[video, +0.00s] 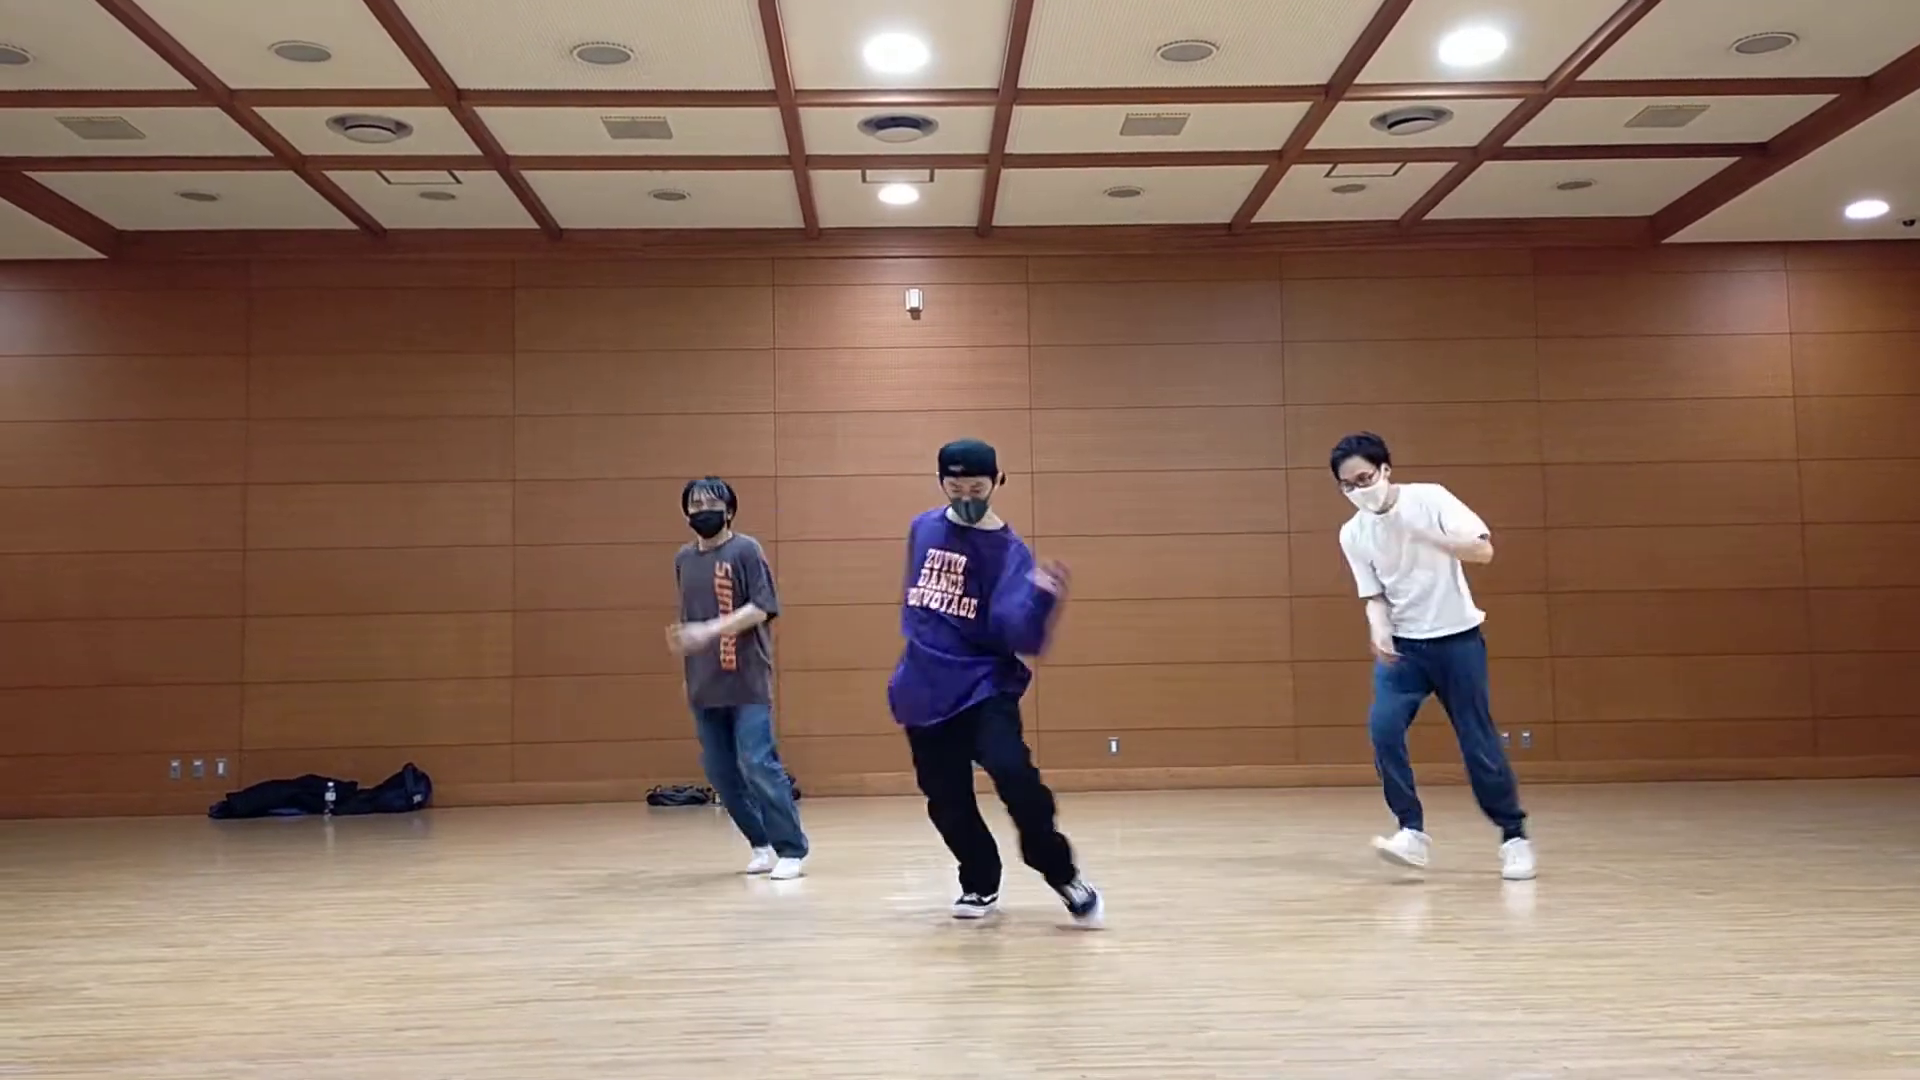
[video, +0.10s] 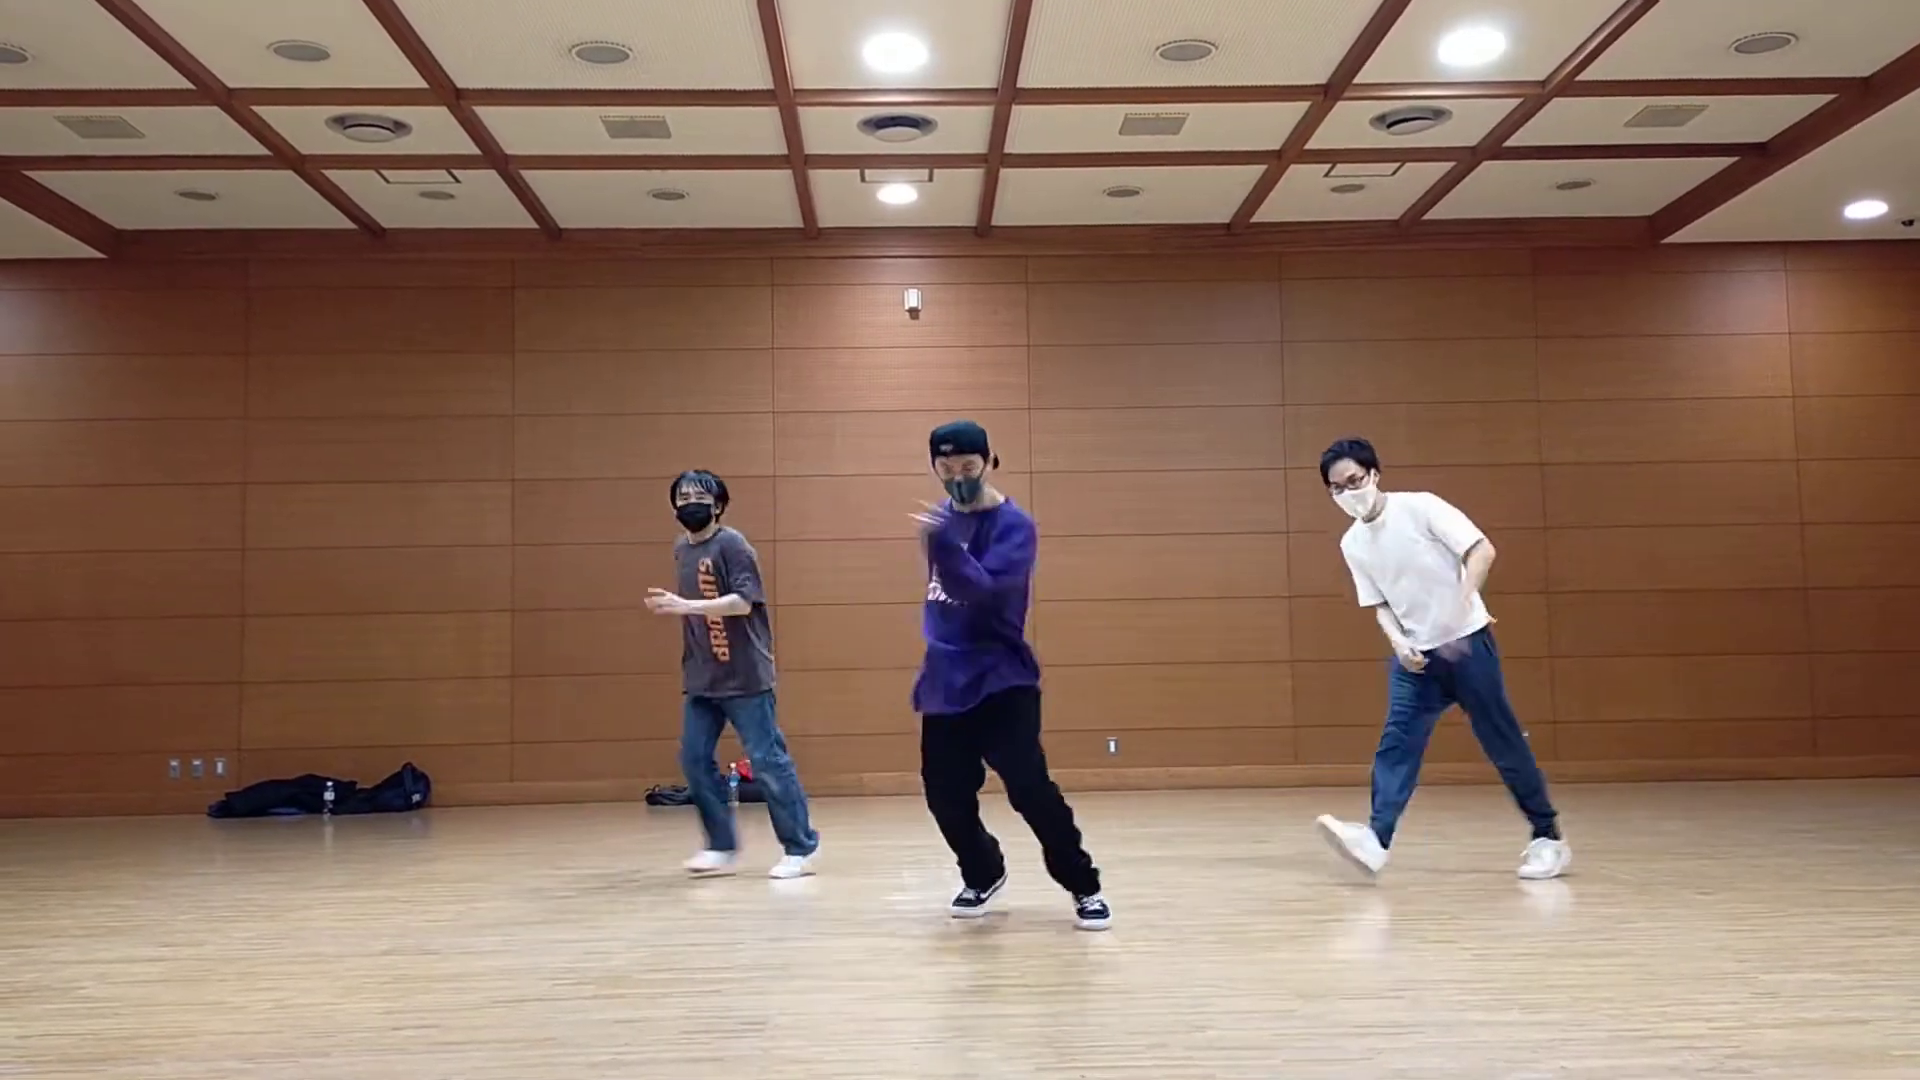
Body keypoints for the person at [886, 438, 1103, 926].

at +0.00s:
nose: (967, 495)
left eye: (978, 485)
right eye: (957, 485)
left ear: (994, 485)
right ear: (942, 485)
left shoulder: (1009, 552)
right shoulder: (923, 529)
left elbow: (1019, 637)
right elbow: (916, 604)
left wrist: (1041, 596)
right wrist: (912, 669)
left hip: (983, 687)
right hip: (925, 688)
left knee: (1014, 773)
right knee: (946, 800)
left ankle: (1060, 873)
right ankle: (980, 881)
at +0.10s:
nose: (955, 472)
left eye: (965, 461)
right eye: (945, 464)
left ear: (987, 463)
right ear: (936, 470)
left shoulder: (1014, 525)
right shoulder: (942, 524)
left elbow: (986, 592)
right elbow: (944, 604)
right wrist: (935, 669)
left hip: (1002, 677)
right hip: (946, 677)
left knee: (1028, 788)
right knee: (945, 793)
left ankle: (1083, 886)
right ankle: (985, 873)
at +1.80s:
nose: (968, 474)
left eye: (979, 464)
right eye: (959, 463)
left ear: (994, 462)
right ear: (944, 459)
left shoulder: (1010, 518)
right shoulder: (899, 495)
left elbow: (1060, 570)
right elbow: (826, 509)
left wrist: (1124, 579)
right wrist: (777, 530)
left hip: (982, 668)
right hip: (916, 671)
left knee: (977, 785)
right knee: (951, 789)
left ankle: (950, 875)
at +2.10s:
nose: (962, 475)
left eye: (972, 466)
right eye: (952, 465)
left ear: (991, 466)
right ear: (940, 465)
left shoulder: (1017, 514)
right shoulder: (933, 513)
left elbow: (1031, 589)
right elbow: (917, 587)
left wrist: (1002, 626)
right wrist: (939, 564)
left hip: (1011, 672)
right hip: (953, 676)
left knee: (1039, 783)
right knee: (944, 794)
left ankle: (1110, 885)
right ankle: (1020, 857)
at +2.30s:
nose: (921, 463)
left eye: (932, 455)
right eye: (913, 454)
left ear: (950, 457)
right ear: (901, 455)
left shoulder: (976, 505)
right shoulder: (895, 500)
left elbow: (1007, 582)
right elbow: (880, 551)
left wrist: (1025, 653)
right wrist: (936, 558)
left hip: (982, 679)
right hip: (924, 680)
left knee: (1023, 784)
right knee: (884, 781)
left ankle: (1101, 879)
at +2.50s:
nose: (884, 451)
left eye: (894, 443)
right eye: (874, 442)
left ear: (911, 448)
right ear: (859, 447)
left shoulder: (951, 497)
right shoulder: (848, 508)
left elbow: (1020, 520)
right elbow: (819, 581)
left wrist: (1088, 530)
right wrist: (807, 646)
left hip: (933, 656)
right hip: (869, 658)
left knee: (905, 774)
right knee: (847, 783)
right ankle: (831, 892)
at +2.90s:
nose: (889, 474)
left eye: (899, 466)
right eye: (879, 466)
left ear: (918, 470)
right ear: (867, 473)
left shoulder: (955, 524)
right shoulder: (862, 531)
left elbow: (1009, 546)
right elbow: (864, 602)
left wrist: (1019, 484)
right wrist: (858, 656)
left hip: (927, 685)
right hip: (860, 675)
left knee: (890, 796)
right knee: (865, 784)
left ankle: (851, 876)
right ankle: (900, 898)